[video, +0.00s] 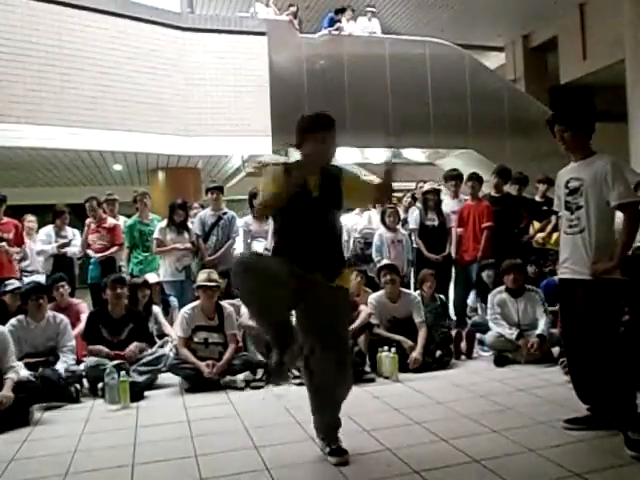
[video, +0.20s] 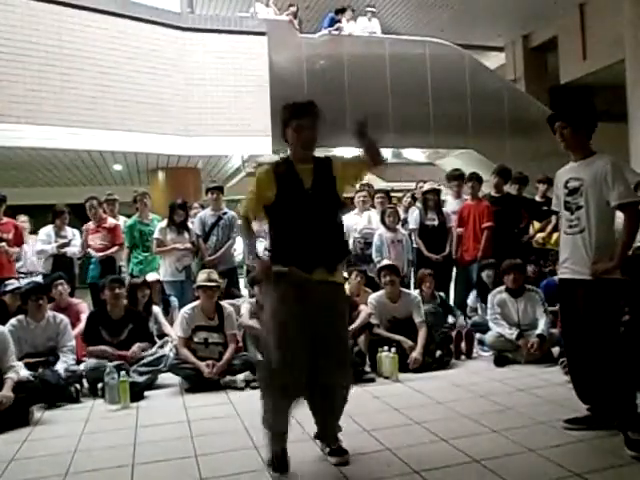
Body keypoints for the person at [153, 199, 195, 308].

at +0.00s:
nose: (179, 218)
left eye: (182, 215)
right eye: (177, 214)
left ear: (186, 215)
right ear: (171, 214)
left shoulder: (188, 228)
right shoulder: (162, 227)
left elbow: (195, 247)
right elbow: (156, 249)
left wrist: (189, 247)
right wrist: (174, 247)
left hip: (186, 269)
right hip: (169, 270)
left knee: (187, 304)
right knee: (174, 305)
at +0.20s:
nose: (179, 218)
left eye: (182, 215)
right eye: (177, 214)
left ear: (186, 215)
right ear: (171, 214)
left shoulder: (188, 228)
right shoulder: (162, 228)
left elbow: (195, 247)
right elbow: (156, 249)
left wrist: (189, 247)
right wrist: (174, 247)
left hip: (186, 269)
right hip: (169, 271)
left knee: (188, 304)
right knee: (174, 305)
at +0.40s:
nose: (179, 218)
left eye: (182, 215)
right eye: (177, 215)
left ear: (186, 216)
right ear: (172, 213)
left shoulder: (189, 228)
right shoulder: (162, 227)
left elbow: (196, 248)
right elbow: (156, 249)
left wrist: (189, 247)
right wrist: (175, 247)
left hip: (187, 270)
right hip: (170, 271)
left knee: (188, 305)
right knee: (176, 305)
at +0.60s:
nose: (179, 218)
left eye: (182, 215)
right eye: (177, 214)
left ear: (186, 215)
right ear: (172, 213)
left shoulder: (189, 228)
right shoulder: (162, 227)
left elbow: (196, 248)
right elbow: (156, 249)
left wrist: (189, 247)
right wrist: (174, 247)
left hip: (188, 269)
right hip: (171, 270)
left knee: (188, 303)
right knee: (176, 304)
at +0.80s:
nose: (179, 218)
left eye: (182, 215)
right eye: (177, 214)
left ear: (186, 215)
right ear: (172, 213)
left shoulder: (189, 228)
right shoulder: (162, 227)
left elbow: (196, 247)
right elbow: (156, 249)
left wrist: (189, 247)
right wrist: (174, 247)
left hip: (187, 269)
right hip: (171, 270)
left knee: (188, 303)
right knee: (175, 304)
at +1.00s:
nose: (179, 218)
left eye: (182, 215)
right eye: (177, 214)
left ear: (186, 215)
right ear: (172, 213)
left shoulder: (187, 228)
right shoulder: (162, 227)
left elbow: (193, 246)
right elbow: (156, 249)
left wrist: (188, 247)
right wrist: (174, 246)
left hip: (187, 268)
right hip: (170, 270)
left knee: (188, 302)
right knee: (176, 304)